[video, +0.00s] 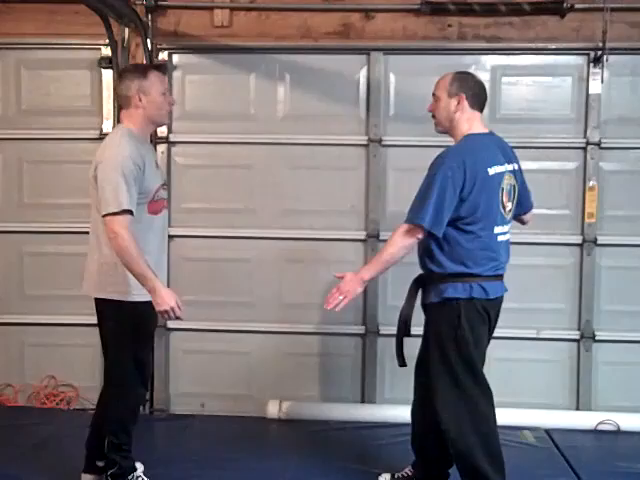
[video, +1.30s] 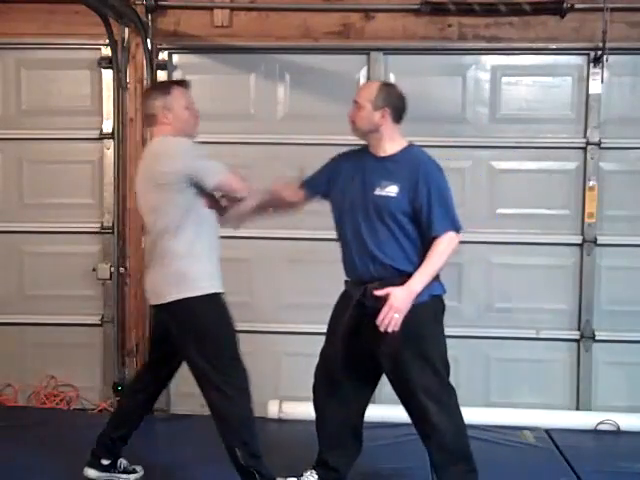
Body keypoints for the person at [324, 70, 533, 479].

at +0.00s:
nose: (430, 108)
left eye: (436, 99)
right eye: (432, 100)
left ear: (460, 103)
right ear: (470, 105)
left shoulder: (453, 160)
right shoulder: (502, 151)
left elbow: (414, 230)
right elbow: (522, 213)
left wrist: (362, 275)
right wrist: (468, 204)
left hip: (456, 298)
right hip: (482, 295)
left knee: (460, 394)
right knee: (433, 383)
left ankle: (485, 476)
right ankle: (428, 469)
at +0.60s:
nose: (425, 113)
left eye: (431, 105)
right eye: (427, 105)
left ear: (454, 109)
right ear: (463, 110)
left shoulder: (466, 164)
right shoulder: (488, 154)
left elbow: (434, 239)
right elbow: (485, 203)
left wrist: (381, 290)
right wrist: (452, 167)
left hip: (463, 297)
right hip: (440, 290)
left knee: (455, 397)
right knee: (390, 361)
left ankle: (483, 476)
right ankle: (391, 458)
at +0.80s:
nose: (412, 117)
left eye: (418, 109)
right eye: (413, 109)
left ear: (442, 113)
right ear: (443, 114)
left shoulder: (469, 167)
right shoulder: (442, 162)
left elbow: (458, 248)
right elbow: (426, 207)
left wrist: (399, 291)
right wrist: (389, 169)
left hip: (453, 303)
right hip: (422, 301)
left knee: (454, 409)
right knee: (383, 389)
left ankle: (484, 476)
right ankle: (338, 464)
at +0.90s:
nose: (402, 120)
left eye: (408, 112)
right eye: (403, 112)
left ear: (432, 117)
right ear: (432, 117)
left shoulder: (467, 172)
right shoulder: (421, 162)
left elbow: (467, 251)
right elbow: (390, 192)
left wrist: (405, 293)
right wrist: (352, 162)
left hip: (444, 306)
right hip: (404, 304)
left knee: (450, 410)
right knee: (370, 393)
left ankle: (482, 477)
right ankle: (331, 471)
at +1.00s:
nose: (389, 120)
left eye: (396, 112)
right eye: (391, 112)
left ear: (421, 118)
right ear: (421, 118)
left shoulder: (456, 172)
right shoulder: (397, 162)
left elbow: (468, 249)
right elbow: (357, 179)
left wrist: (406, 289)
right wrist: (312, 151)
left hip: (434, 307)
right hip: (386, 301)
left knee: (443, 404)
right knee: (352, 389)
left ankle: (480, 479)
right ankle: (329, 470)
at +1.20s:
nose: (365, 115)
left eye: (372, 108)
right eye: (367, 107)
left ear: (398, 115)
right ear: (389, 115)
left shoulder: (433, 171)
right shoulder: (356, 157)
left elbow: (456, 244)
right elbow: (302, 162)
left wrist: (404, 286)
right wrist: (261, 157)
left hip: (418, 305)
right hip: (365, 299)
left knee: (431, 400)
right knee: (338, 388)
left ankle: (461, 475)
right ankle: (332, 471)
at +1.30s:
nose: (350, 113)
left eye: (358, 106)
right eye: (352, 105)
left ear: (383, 115)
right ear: (380, 115)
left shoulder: (421, 167)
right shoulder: (344, 164)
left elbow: (447, 236)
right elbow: (296, 195)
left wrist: (409, 290)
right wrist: (254, 200)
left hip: (411, 302)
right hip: (358, 300)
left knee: (431, 404)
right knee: (335, 388)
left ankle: (457, 474)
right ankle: (330, 470)